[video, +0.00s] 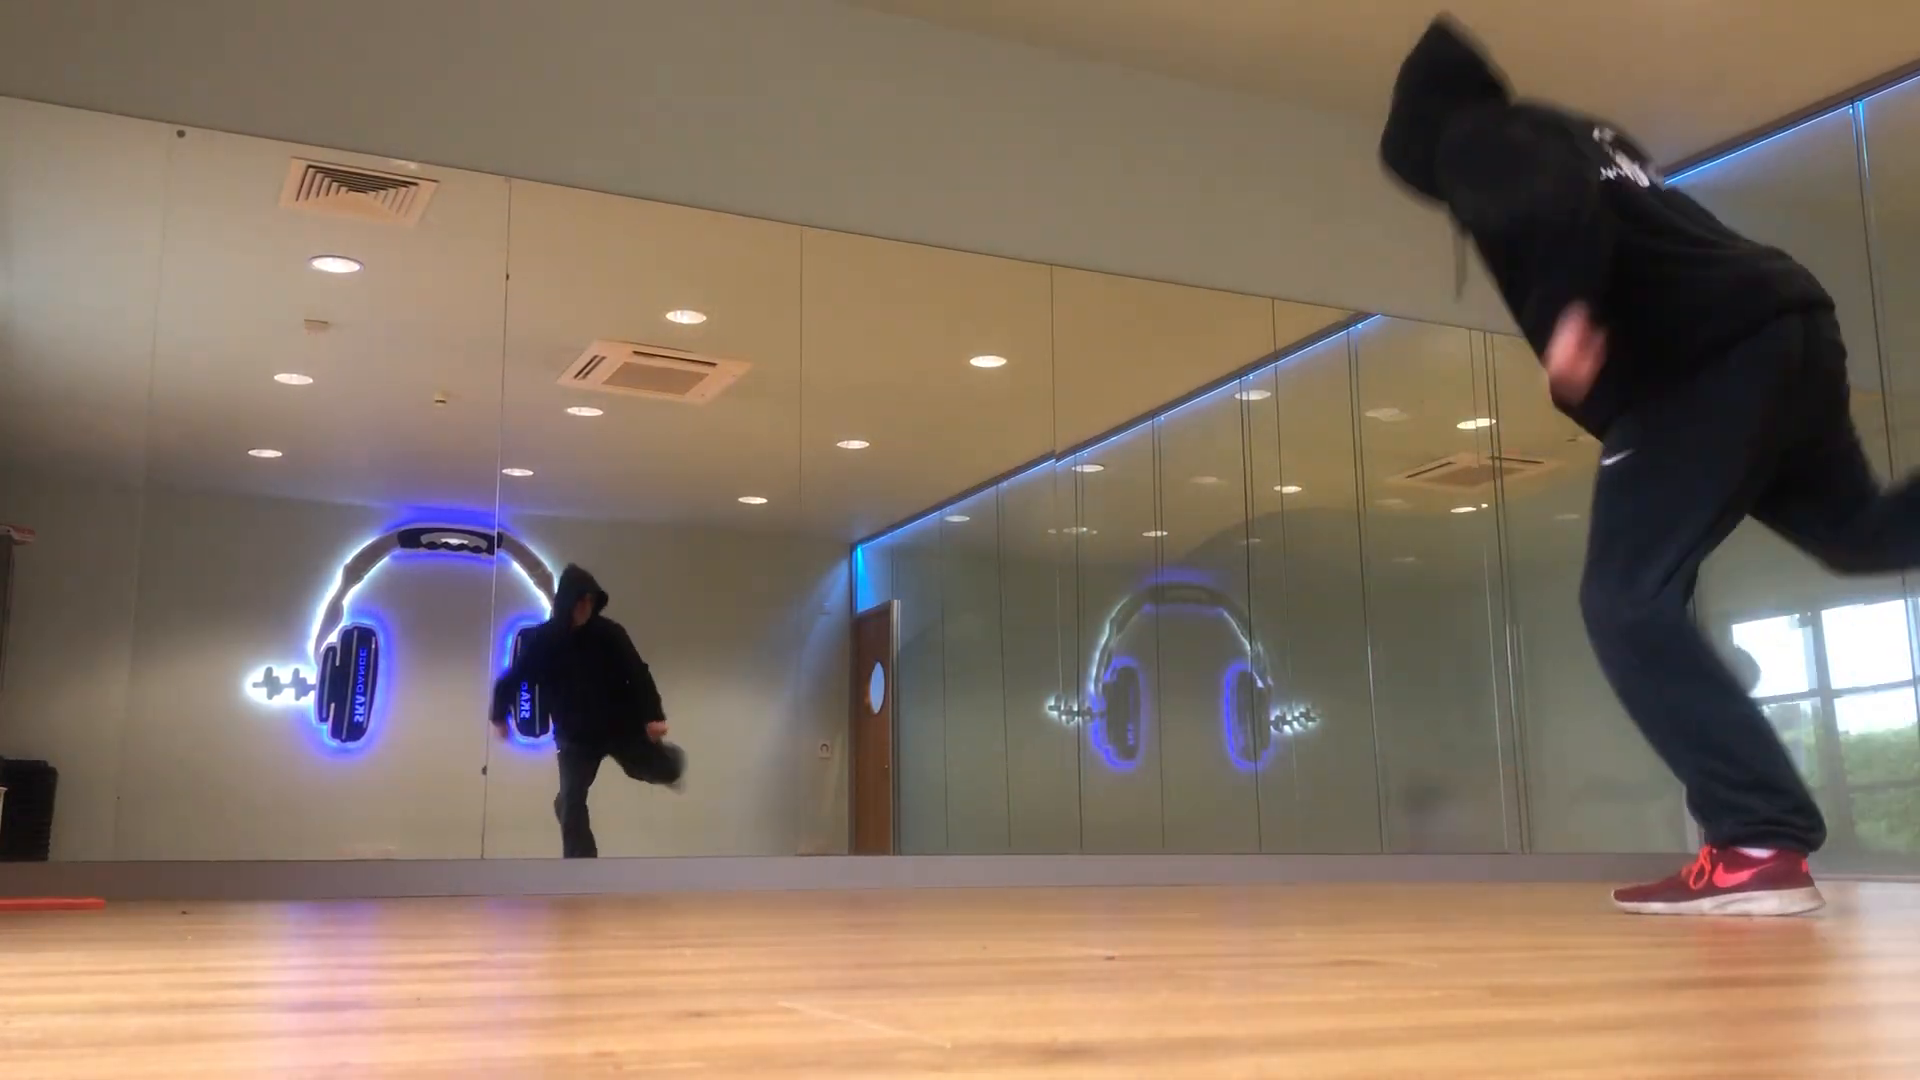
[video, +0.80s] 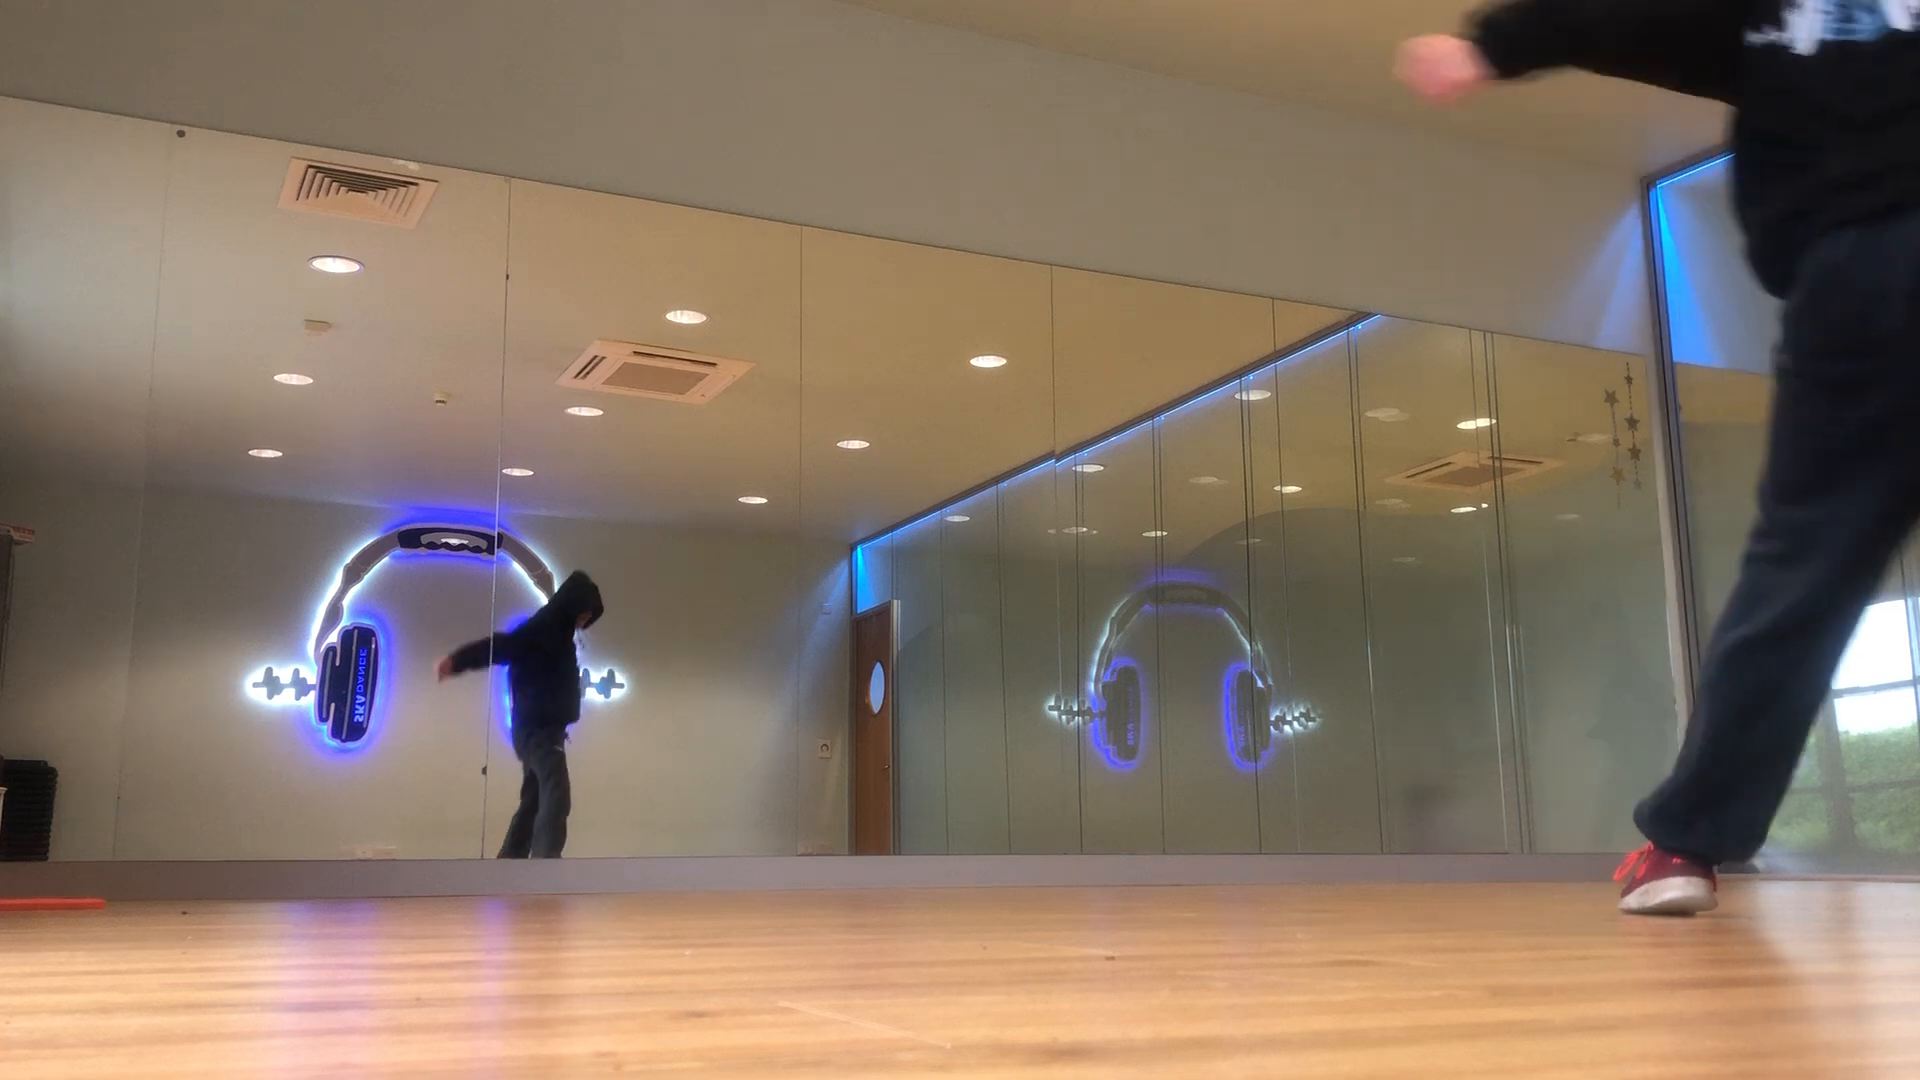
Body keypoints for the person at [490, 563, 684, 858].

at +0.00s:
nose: (584, 606)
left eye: (587, 600)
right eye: (580, 599)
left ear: (592, 602)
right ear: (570, 601)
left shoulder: (610, 634)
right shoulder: (544, 640)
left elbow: (639, 675)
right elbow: (513, 679)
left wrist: (654, 715)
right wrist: (499, 713)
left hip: (620, 728)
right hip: (577, 735)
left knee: (645, 767)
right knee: (570, 800)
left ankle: (672, 766)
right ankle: (581, 867)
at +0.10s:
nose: (582, 583)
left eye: (587, 576)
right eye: (576, 577)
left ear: (593, 578)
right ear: (563, 578)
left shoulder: (609, 611)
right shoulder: (542, 616)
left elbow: (631, 652)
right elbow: (506, 650)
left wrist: (628, 691)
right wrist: (494, 685)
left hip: (612, 708)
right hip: (571, 713)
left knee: (650, 762)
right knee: (577, 790)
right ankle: (575, 866)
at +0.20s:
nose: (583, 576)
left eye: (589, 570)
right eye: (577, 570)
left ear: (595, 572)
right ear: (565, 571)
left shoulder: (610, 604)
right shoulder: (546, 607)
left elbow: (632, 645)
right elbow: (512, 643)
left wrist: (616, 669)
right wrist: (496, 678)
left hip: (598, 702)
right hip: (561, 705)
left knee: (626, 769)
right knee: (575, 786)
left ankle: (547, 781)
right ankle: (547, 868)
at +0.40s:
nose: (609, 622)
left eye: (614, 616)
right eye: (605, 614)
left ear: (616, 617)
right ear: (589, 611)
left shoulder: (604, 643)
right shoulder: (556, 633)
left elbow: (627, 664)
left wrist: (654, 687)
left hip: (574, 728)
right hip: (538, 729)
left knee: (604, 785)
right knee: (566, 794)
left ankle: (549, 833)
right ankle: (552, 870)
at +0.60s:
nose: (594, 606)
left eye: (597, 601)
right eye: (591, 599)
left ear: (597, 600)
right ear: (577, 592)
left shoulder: (586, 622)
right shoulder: (548, 617)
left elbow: (604, 648)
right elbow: (538, 671)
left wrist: (635, 664)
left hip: (563, 718)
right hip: (535, 719)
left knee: (576, 786)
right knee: (556, 791)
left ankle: (521, 836)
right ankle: (547, 868)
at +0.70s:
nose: (591, 604)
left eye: (595, 600)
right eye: (591, 597)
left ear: (581, 591)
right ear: (580, 588)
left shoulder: (569, 615)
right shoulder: (550, 611)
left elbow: (556, 658)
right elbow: (515, 631)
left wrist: (585, 663)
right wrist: (484, 643)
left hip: (555, 714)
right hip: (542, 714)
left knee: (545, 786)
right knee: (555, 790)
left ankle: (512, 849)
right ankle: (547, 865)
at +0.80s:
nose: (587, 622)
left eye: (591, 618)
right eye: (588, 615)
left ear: (571, 603)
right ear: (578, 606)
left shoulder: (558, 629)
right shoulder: (548, 624)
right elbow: (506, 645)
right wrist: (458, 660)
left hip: (543, 729)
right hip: (539, 730)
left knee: (533, 804)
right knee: (556, 800)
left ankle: (507, 866)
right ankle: (544, 869)